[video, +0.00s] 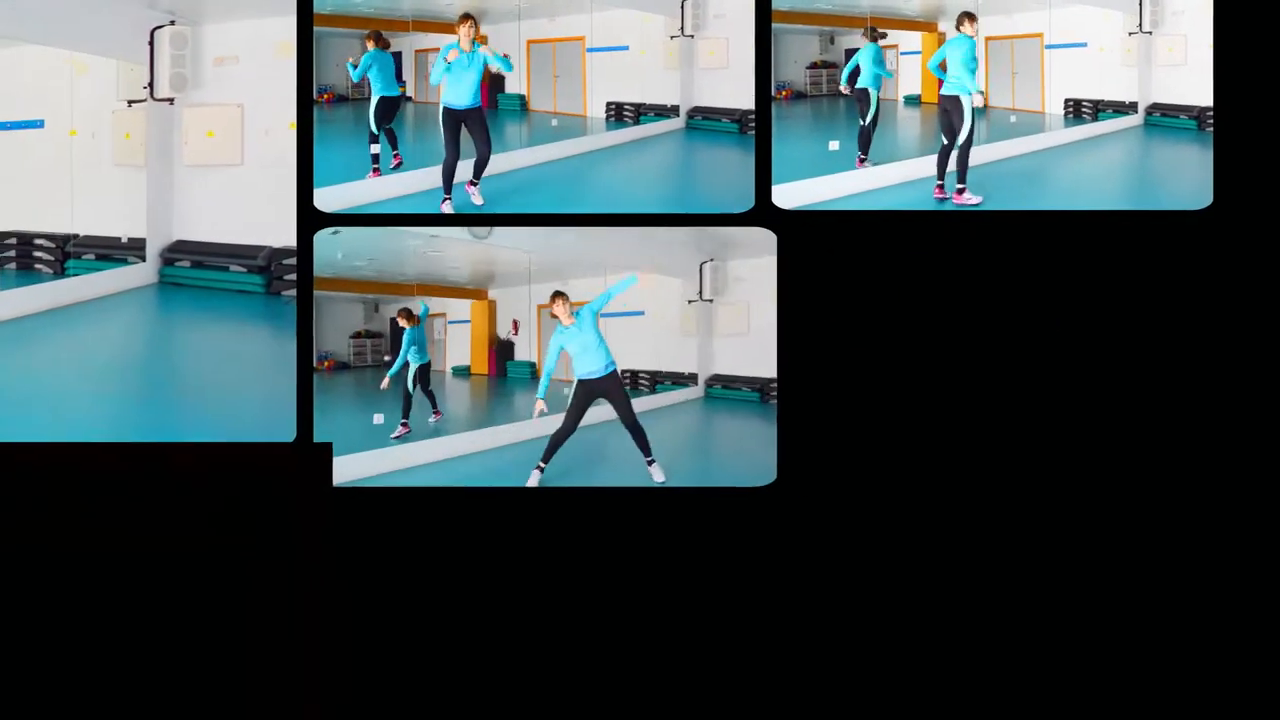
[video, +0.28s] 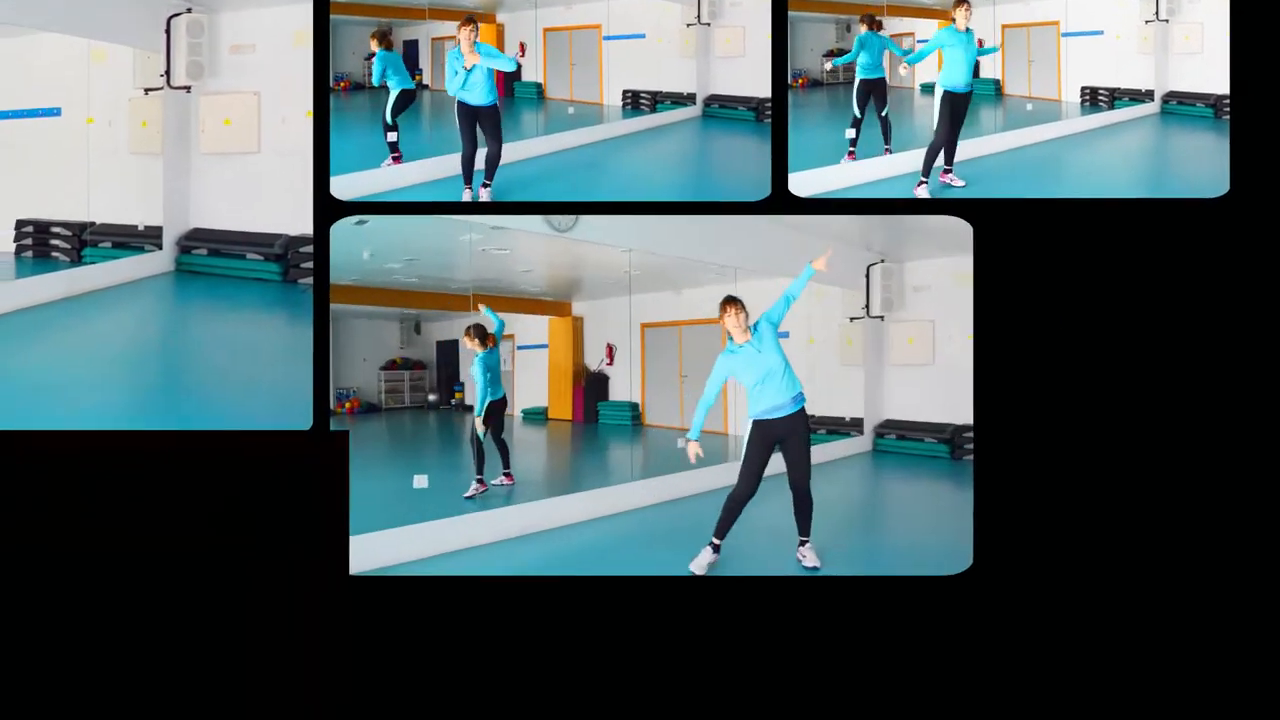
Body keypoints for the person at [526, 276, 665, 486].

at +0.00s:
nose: (561, 307)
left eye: (563, 303)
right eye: (557, 305)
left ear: (569, 304)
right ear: (552, 310)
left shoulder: (587, 312)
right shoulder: (558, 337)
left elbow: (609, 294)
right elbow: (548, 368)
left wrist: (633, 278)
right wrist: (540, 397)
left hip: (610, 378)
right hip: (585, 384)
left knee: (630, 421)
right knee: (568, 427)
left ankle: (651, 463)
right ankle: (539, 469)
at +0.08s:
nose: (613, 313)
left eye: (616, 308)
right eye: (608, 311)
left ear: (623, 310)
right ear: (604, 317)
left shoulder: (640, 318)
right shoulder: (610, 347)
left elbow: (659, 292)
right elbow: (592, 376)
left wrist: (679, 266)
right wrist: (569, 405)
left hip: (668, 391)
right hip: (640, 398)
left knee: (684, 441)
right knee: (621, 447)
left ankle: (697, 488)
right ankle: (588, 492)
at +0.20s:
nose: (688, 317)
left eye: (691, 312)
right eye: (682, 315)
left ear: (698, 314)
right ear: (677, 321)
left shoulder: (717, 324)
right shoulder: (681, 356)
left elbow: (737, 293)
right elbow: (659, 389)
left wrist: (755, 262)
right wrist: (636, 421)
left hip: (748, 408)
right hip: (718, 415)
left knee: (757, 469)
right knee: (700, 472)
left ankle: (763, 523)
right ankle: (666, 526)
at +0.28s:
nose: (735, 317)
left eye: (739, 312)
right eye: (729, 314)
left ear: (747, 315)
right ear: (723, 322)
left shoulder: (766, 326)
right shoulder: (726, 359)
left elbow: (789, 296)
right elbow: (708, 398)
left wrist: (811, 267)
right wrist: (693, 437)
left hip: (795, 418)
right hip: (763, 424)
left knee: (801, 485)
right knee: (745, 488)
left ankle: (805, 545)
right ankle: (713, 547)